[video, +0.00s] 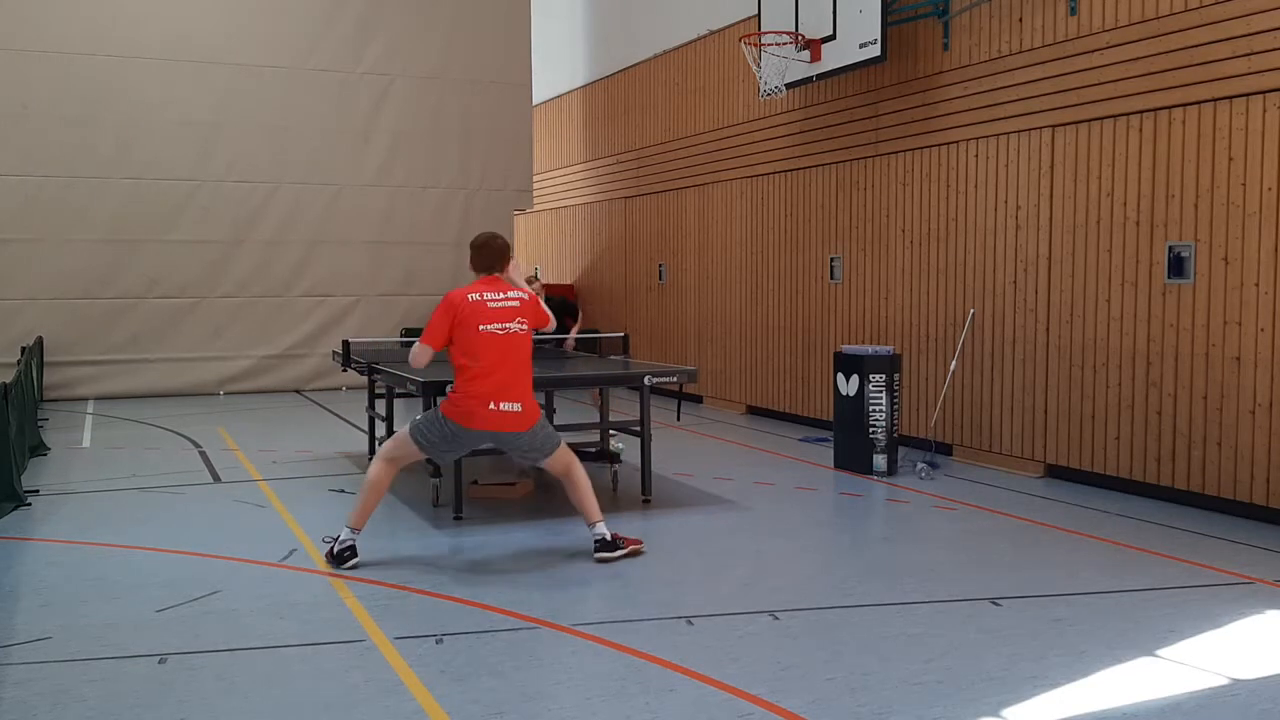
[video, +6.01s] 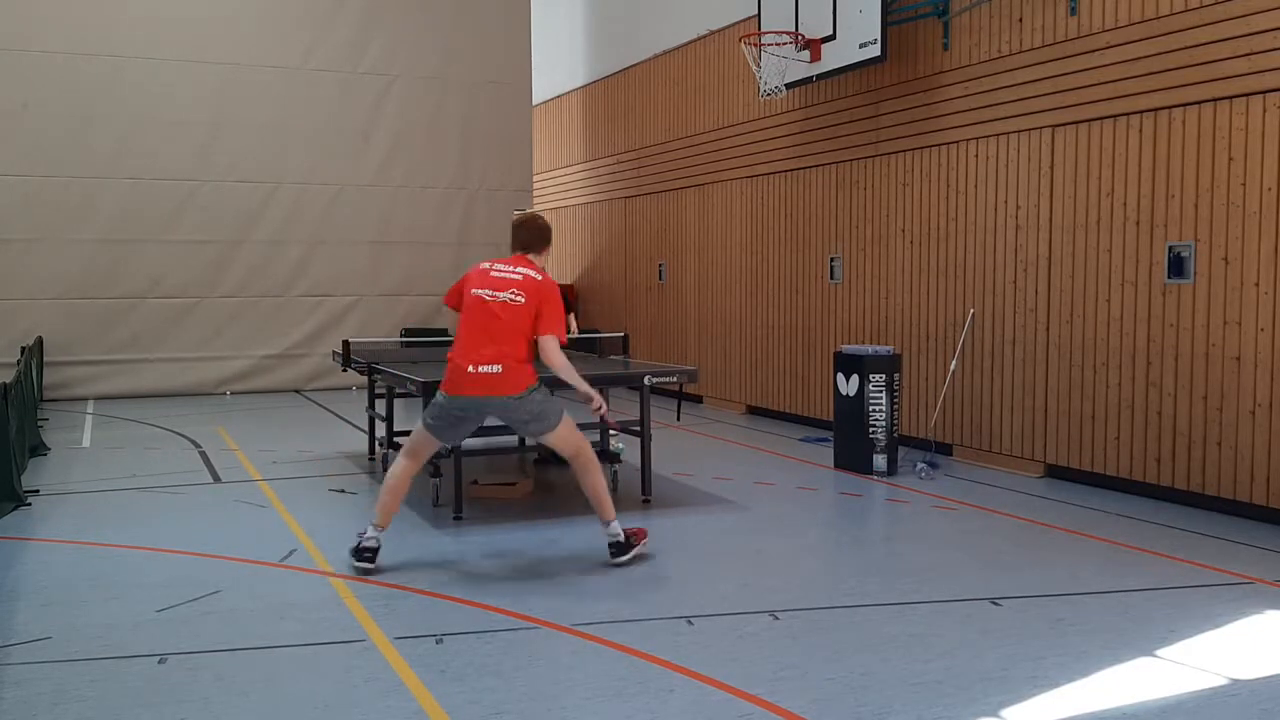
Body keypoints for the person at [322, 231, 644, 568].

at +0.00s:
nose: (511, 267)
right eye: (510, 262)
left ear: (472, 264)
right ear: (507, 264)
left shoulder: (455, 301)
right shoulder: (524, 297)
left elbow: (418, 361)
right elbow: (548, 322)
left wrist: (421, 346)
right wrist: (521, 285)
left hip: (464, 416)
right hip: (521, 416)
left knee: (388, 458)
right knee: (569, 469)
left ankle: (346, 541)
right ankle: (603, 536)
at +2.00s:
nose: (457, 293)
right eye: (458, 289)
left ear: (418, 286)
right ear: (455, 290)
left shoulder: (393, 309)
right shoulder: (464, 315)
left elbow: (376, 358)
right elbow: (515, 371)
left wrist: (392, 389)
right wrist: (505, 403)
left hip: (380, 423)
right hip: (442, 423)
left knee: (329, 463)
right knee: (524, 456)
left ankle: (294, 549)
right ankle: (552, 550)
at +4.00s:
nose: (596, 262)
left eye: (597, 255)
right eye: (595, 254)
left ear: (560, 246)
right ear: (582, 250)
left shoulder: (520, 269)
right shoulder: (585, 286)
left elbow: (481, 309)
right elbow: (634, 333)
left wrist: (523, 309)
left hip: (494, 390)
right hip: (550, 395)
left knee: (434, 458)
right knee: (607, 444)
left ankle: (386, 540)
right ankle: (621, 527)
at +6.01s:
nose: (549, 255)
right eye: (549, 250)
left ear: (513, 245)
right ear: (545, 250)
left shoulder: (478, 272)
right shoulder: (544, 285)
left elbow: (451, 305)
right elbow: (549, 350)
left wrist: (491, 320)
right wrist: (585, 389)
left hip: (459, 387)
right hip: (515, 388)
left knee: (411, 457)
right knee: (579, 452)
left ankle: (370, 539)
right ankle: (616, 536)